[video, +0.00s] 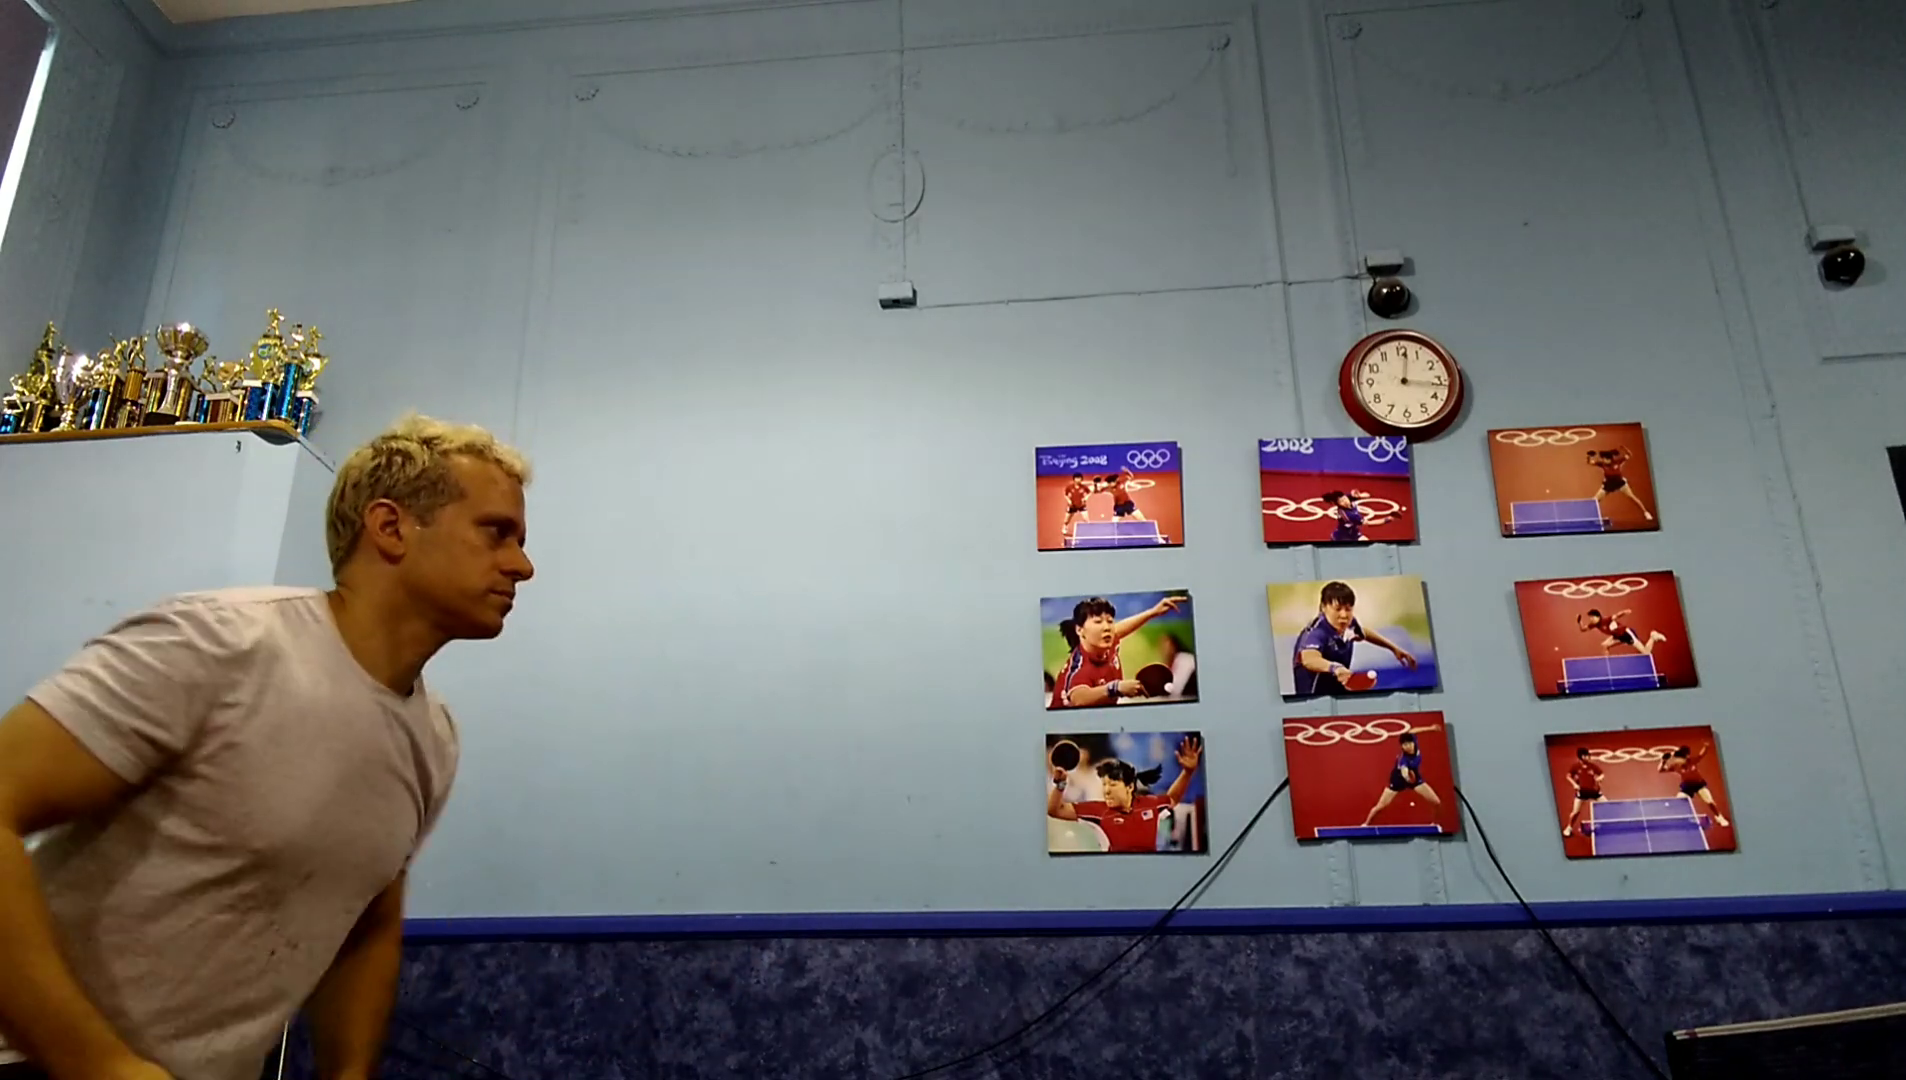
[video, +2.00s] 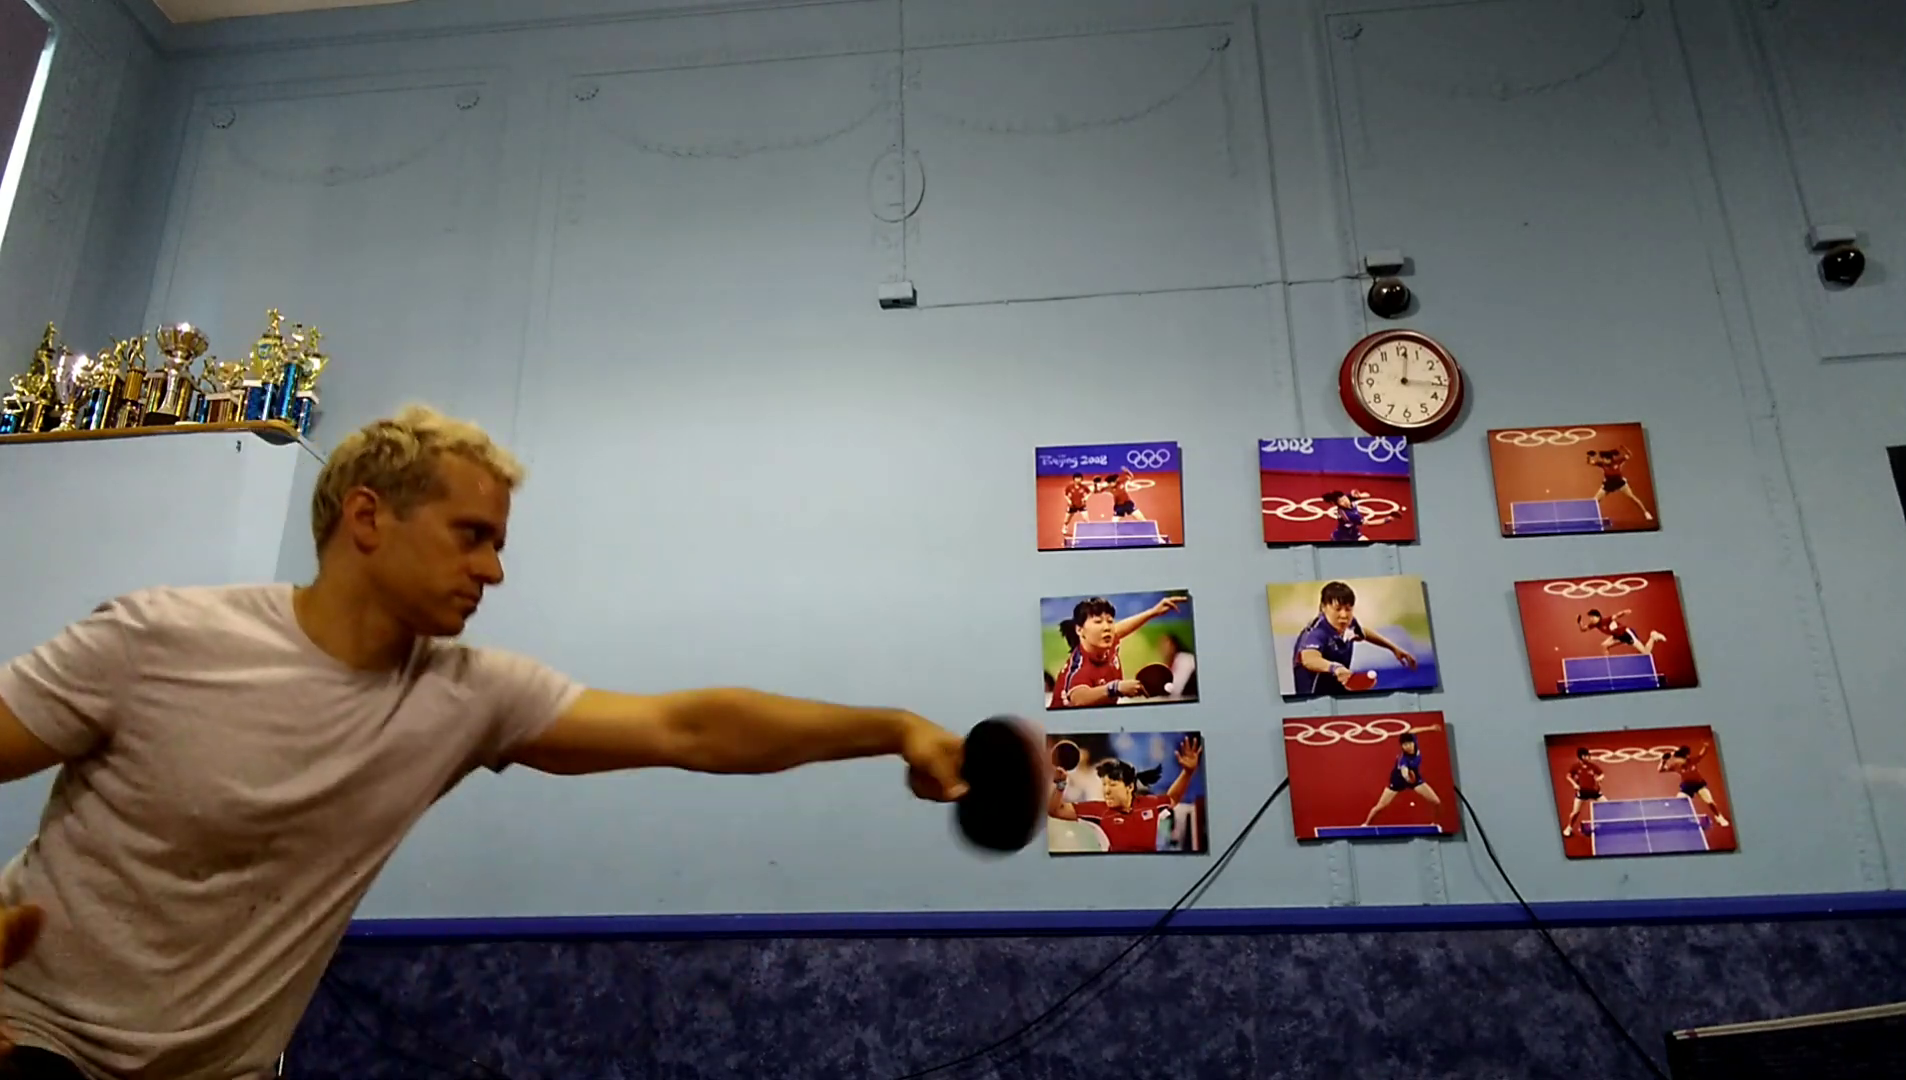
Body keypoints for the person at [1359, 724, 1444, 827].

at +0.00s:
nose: (1408, 747)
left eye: (1409, 744)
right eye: (1405, 745)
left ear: (1413, 743)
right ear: (1402, 747)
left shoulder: (1415, 746)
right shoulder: (1403, 759)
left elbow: (1413, 731)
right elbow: (1404, 772)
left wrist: (1431, 728)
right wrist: (1409, 779)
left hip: (1415, 779)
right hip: (1398, 781)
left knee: (1436, 802)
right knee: (1381, 805)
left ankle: (1434, 823)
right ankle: (1366, 823)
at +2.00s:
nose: (1408, 747)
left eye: (1409, 744)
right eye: (1405, 745)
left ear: (1413, 743)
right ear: (1402, 746)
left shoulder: (1416, 747)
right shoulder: (1403, 759)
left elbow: (1413, 731)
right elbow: (1404, 772)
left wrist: (1431, 728)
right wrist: (1409, 779)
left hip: (1415, 780)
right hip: (1398, 781)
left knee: (1436, 801)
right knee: (1381, 805)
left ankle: (1434, 823)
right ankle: (1366, 823)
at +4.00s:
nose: (1408, 747)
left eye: (1409, 744)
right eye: (1405, 745)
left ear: (1414, 743)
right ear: (1402, 746)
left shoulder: (1416, 748)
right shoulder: (1403, 759)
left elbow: (1413, 731)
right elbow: (1404, 771)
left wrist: (1431, 728)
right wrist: (1409, 778)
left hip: (1415, 779)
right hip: (1398, 781)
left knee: (1436, 802)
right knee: (1380, 806)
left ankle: (1435, 824)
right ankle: (1366, 823)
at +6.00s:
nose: (1408, 747)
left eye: (1409, 744)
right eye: (1405, 745)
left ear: (1413, 743)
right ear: (1402, 746)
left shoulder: (1415, 747)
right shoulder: (1403, 758)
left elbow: (1414, 731)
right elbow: (1404, 771)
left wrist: (1431, 728)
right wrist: (1408, 778)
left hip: (1415, 779)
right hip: (1398, 781)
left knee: (1436, 801)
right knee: (1381, 806)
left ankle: (1436, 823)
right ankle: (1366, 823)